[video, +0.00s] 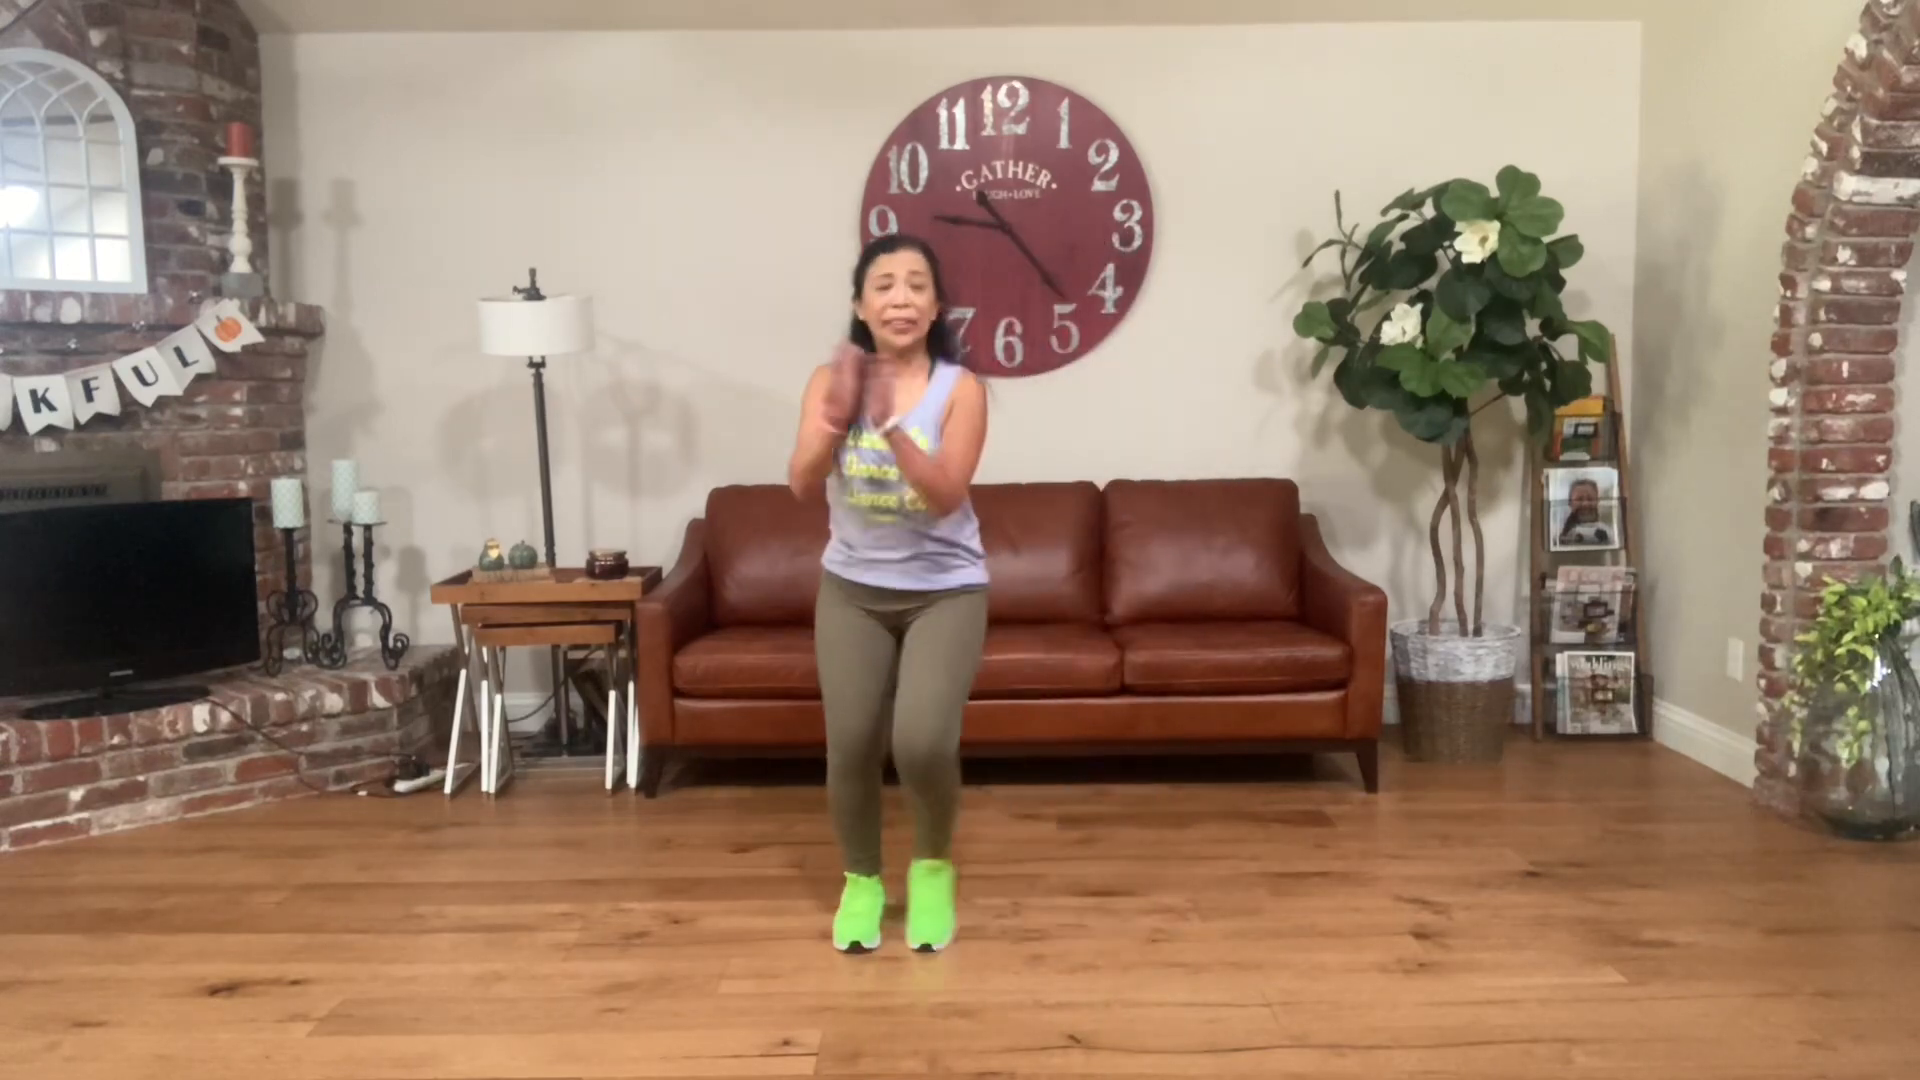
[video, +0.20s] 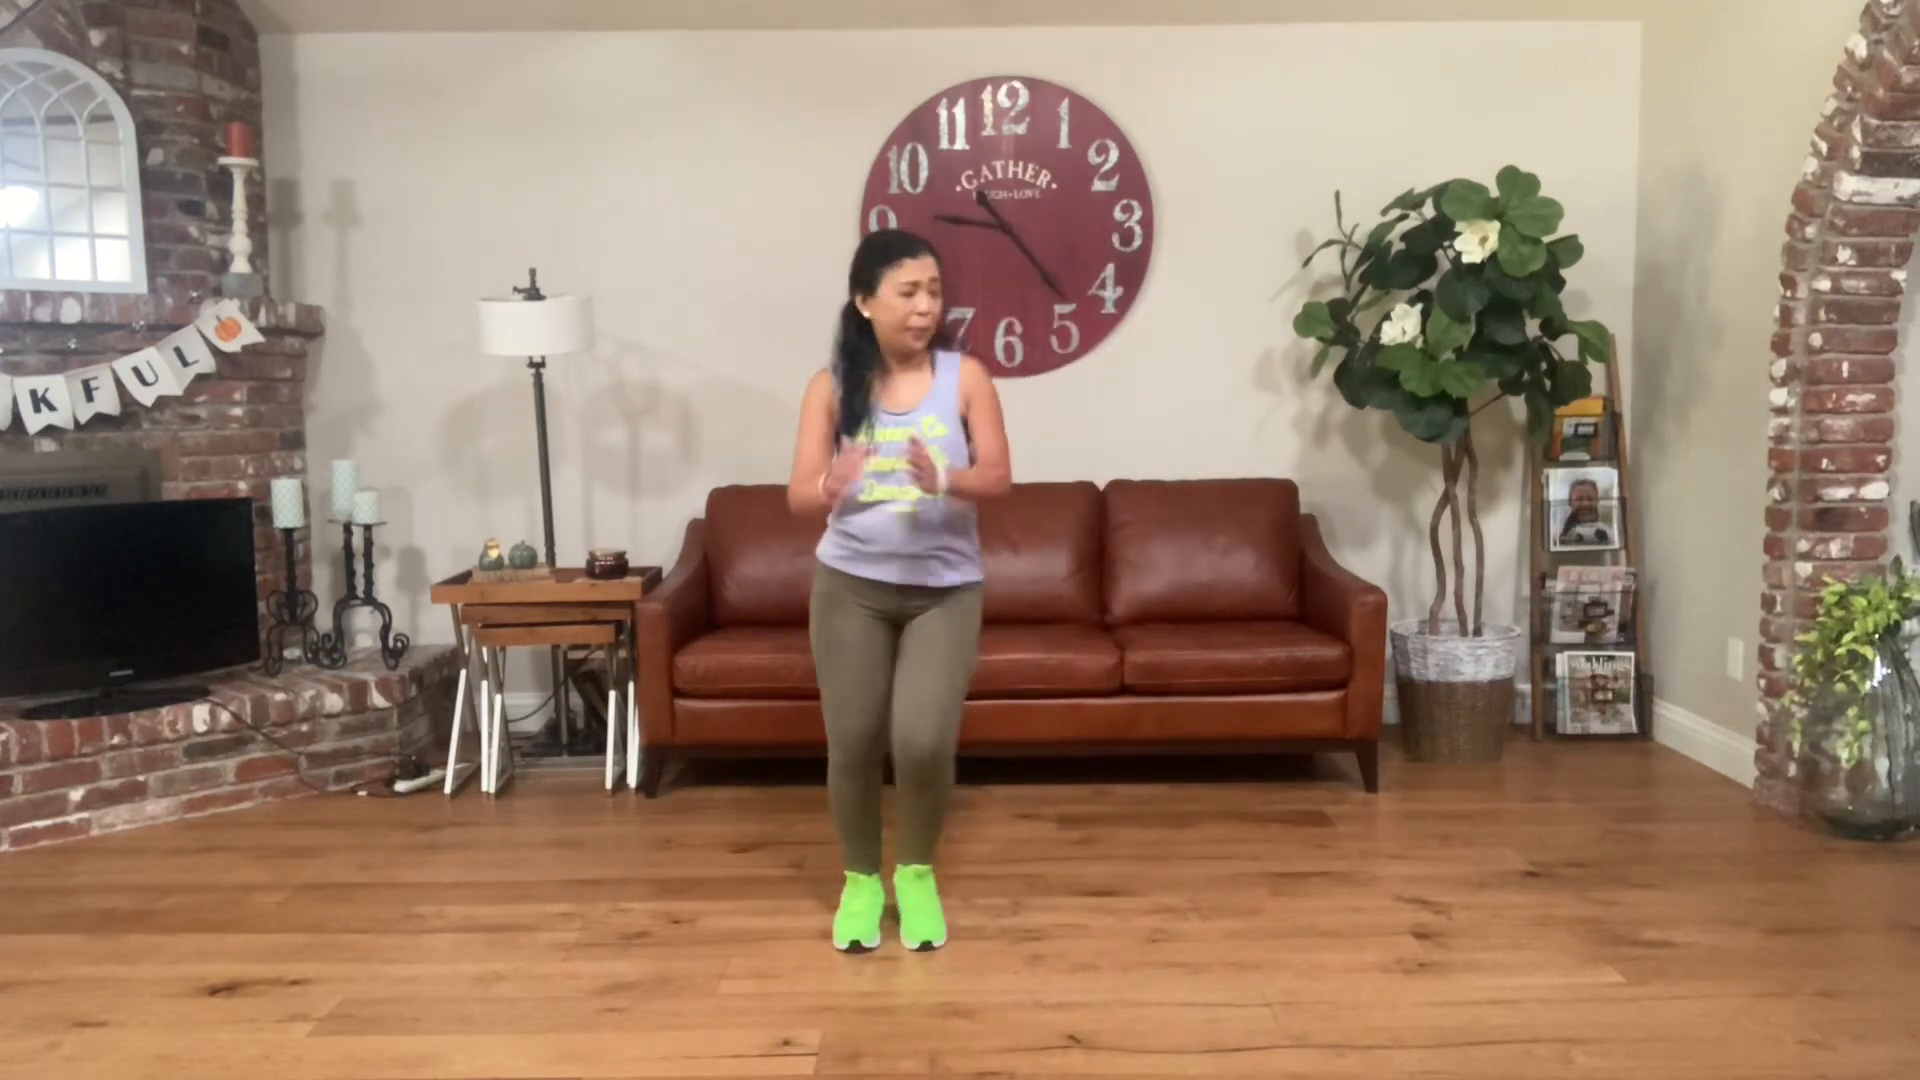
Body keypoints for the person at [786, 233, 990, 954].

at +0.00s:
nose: (902, 299)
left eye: (916, 285)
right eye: (885, 286)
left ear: (938, 303)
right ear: (861, 304)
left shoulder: (960, 388)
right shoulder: (835, 379)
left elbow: (946, 496)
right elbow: (803, 485)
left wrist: (893, 428)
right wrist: (837, 421)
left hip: (947, 589)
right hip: (851, 588)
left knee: (920, 743)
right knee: (851, 740)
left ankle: (932, 873)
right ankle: (862, 883)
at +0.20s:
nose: (925, 307)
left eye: (933, 292)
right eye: (907, 293)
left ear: (943, 300)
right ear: (865, 303)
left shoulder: (965, 378)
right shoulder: (833, 386)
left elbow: (997, 478)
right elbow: (801, 496)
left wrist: (944, 479)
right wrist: (834, 484)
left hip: (946, 590)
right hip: (849, 586)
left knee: (921, 740)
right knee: (853, 738)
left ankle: (915, 874)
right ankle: (862, 880)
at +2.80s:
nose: (920, 287)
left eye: (933, 274)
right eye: (902, 278)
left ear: (954, 294)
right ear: (878, 302)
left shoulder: (987, 374)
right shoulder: (864, 392)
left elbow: (1006, 452)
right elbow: (818, 481)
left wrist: (1053, 463)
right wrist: (797, 512)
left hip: (970, 592)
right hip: (874, 587)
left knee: (1018, 745)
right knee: (858, 744)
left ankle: (1088, 877)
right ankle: (837, 884)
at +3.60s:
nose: (1021, 302)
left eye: (1037, 286)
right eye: (1007, 288)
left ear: (1068, 296)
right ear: (992, 301)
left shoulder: (1106, 376)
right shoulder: (974, 381)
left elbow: (1145, 482)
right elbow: (936, 492)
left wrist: (1103, 467)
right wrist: (956, 473)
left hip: (1101, 580)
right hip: (1004, 582)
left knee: (1101, 728)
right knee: (986, 722)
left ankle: (1099, 881)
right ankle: (1022, 846)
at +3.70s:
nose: (1011, 303)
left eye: (1028, 288)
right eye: (997, 290)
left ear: (1058, 301)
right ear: (981, 305)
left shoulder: (1098, 384)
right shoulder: (965, 388)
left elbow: (1155, 483)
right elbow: (920, 489)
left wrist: (1127, 473)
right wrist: (909, 480)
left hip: (1088, 583)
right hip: (993, 584)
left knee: (1092, 736)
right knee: (944, 702)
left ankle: (1097, 881)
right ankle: (972, 826)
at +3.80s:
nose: (994, 289)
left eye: (1011, 274)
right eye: (978, 276)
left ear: (1040, 288)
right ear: (962, 294)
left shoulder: (1079, 374)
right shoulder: (948, 377)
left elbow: (1130, 460)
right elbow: (907, 464)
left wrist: (1140, 469)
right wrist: (882, 475)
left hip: (1073, 579)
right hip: (973, 580)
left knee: (1078, 734)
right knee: (910, 713)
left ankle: (1096, 882)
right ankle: (904, 831)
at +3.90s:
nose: (971, 285)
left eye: (988, 270)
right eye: (956, 271)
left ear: (1016, 285)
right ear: (938, 288)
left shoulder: (1052, 372)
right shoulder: (925, 370)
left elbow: (1105, 452)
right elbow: (913, 443)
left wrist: (1128, 470)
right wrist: (866, 466)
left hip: (1043, 582)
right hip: (942, 585)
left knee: (1065, 739)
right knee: (898, 730)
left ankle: (1097, 882)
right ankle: (843, 874)